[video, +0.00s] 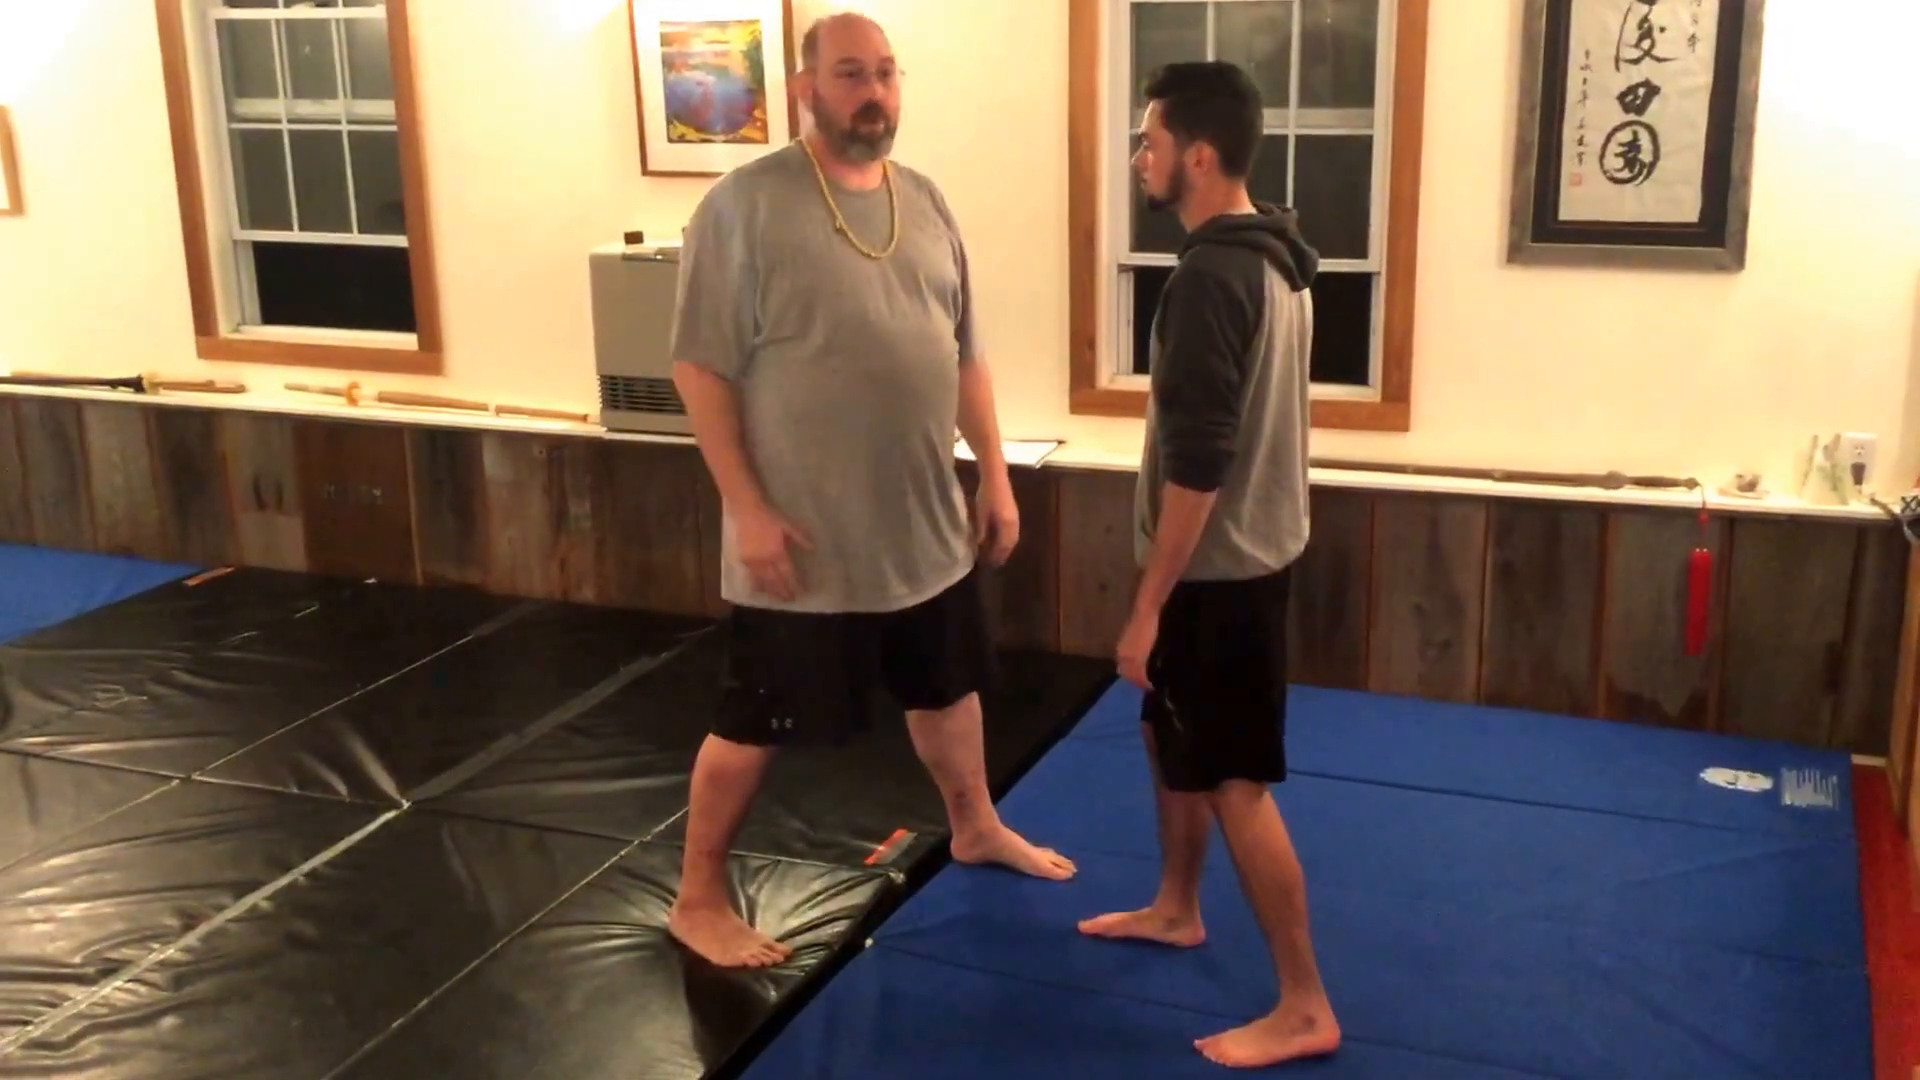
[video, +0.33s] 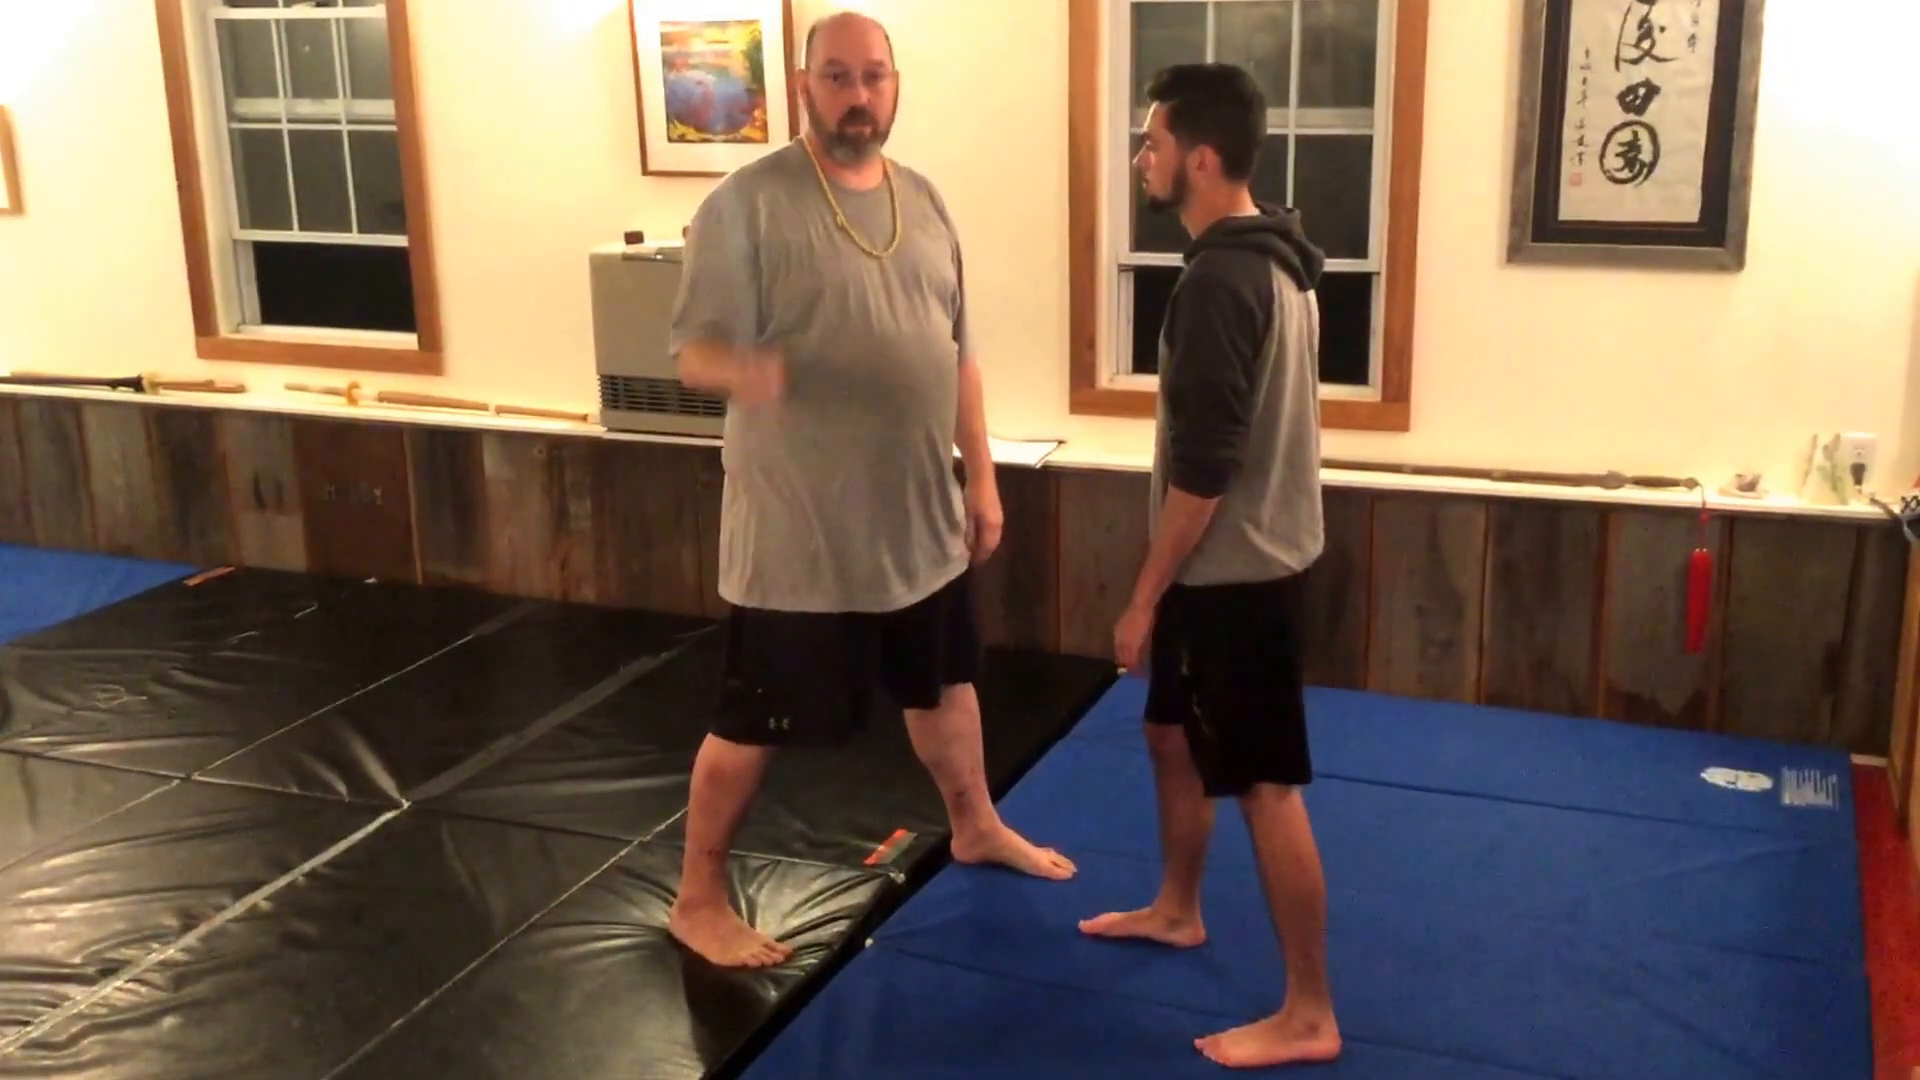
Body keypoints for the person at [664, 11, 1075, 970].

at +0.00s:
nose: (874, 91)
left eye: (886, 73)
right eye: (850, 74)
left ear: (902, 87)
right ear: (803, 90)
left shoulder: (926, 202)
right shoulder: (743, 205)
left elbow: (962, 350)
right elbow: (699, 366)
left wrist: (995, 471)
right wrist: (745, 507)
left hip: (924, 516)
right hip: (794, 533)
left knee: (950, 684)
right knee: (753, 723)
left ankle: (977, 828)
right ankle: (698, 896)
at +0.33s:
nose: (859, 94)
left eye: (875, 76)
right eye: (838, 76)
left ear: (897, 87)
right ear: (801, 87)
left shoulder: (925, 202)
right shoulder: (744, 205)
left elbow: (955, 353)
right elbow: (695, 351)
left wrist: (981, 478)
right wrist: (739, 368)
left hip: (919, 504)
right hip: (793, 517)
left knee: (945, 678)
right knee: (750, 720)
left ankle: (977, 828)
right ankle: (698, 897)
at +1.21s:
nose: (854, 96)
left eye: (869, 78)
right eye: (832, 79)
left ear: (892, 88)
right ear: (796, 90)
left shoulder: (922, 201)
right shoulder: (742, 205)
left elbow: (955, 348)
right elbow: (698, 366)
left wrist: (983, 473)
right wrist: (750, 508)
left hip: (918, 515)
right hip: (790, 531)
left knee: (945, 683)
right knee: (748, 725)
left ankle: (978, 828)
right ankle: (698, 897)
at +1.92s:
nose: (989, 131)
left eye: (993, 114)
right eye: (974, 111)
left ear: (945, 110)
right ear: (913, 102)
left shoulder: (944, 210)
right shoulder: (822, 212)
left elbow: (951, 358)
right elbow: (776, 378)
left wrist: (977, 467)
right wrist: (815, 523)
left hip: (939, 518)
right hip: (833, 532)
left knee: (984, 665)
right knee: (772, 719)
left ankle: (980, 825)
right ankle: (699, 895)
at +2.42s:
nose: (976, 131)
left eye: (980, 114)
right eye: (959, 112)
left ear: (938, 118)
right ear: (896, 110)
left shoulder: (925, 214)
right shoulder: (819, 225)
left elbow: (957, 354)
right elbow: (787, 390)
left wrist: (1025, 444)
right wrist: (821, 535)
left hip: (934, 522)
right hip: (834, 537)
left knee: (990, 662)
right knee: (770, 722)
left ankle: (981, 822)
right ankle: (676, 895)